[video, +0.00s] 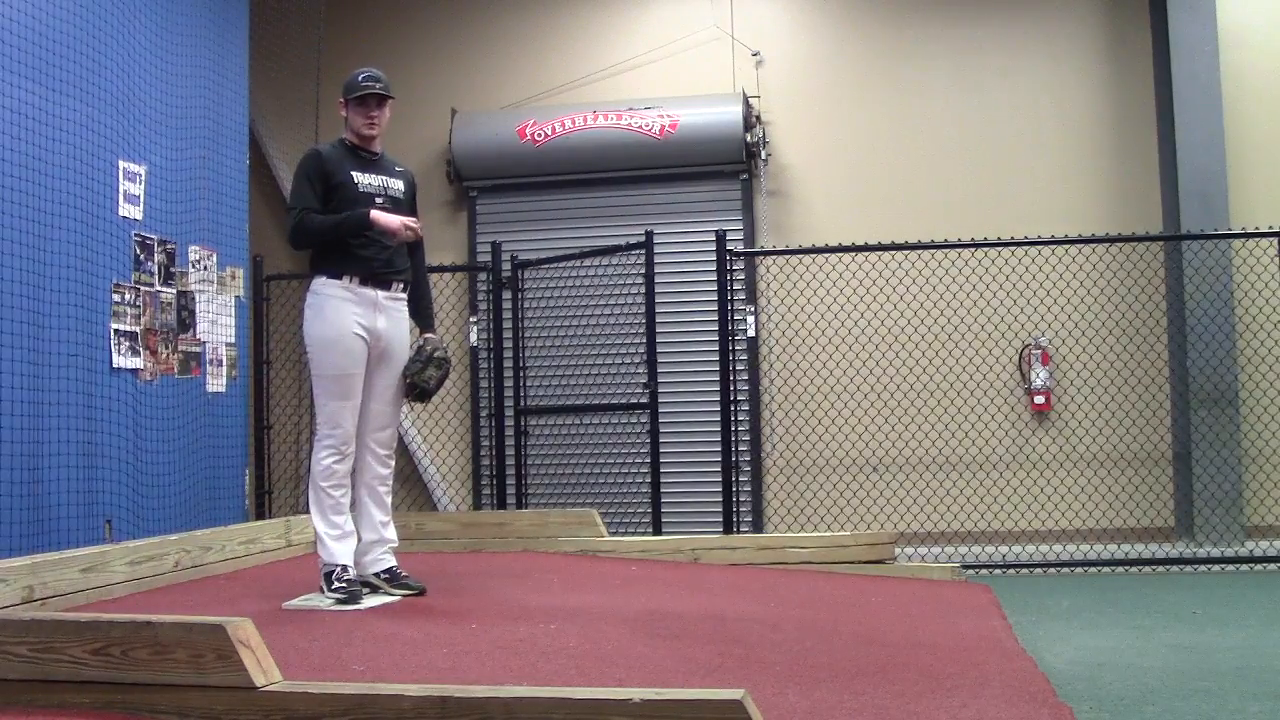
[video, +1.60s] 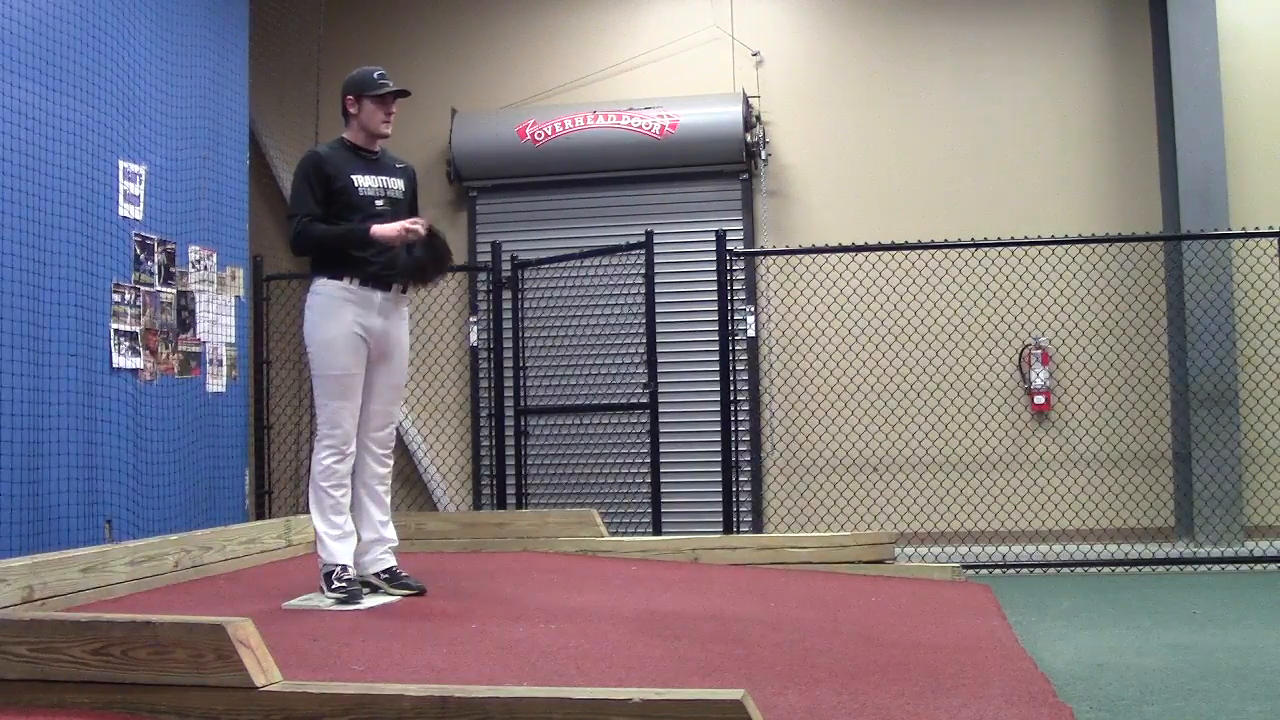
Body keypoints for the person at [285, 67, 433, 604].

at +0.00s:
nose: (372, 112)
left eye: (379, 104)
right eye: (363, 104)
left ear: (390, 110)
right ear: (344, 110)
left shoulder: (402, 176)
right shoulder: (320, 161)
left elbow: (415, 256)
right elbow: (299, 229)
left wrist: (425, 328)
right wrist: (372, 217)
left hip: (395, 308)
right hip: (338, 302)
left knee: (380, 440)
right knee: (337, 437)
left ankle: (376, 561)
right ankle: (336, 564)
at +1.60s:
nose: (391, 111)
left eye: (393, 103)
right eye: (381, 102)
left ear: (392, 110)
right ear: (352, 106)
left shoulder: (403, 172)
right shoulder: (319, 162)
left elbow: (415, 244)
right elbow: (301, 235)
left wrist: (421, 246)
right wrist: (376, 231)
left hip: (392, 308)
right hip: (337, 304)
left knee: (379, 439)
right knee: (338, 437)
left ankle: (376, 561)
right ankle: (336, 565)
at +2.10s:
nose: (382, 107)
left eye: (384, 100)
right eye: (372, 100)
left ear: (383, 107)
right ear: (343, 104)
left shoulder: (396, 165)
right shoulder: (314, 158)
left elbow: (415, 246)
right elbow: (321, 227)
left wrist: (425, 199)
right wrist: (388, 192)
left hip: (391, 309)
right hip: (337, 306)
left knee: (382, 441)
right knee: (337, 439)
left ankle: (377, 561)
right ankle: (335, 564)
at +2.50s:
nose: (406, 121)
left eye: (408, 114)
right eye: (396, 113)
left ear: (408, 120)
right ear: (368, 116)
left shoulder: (420, 175)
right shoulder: (336, 167)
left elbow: (443, 256)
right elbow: (324, 236)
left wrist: (432, 222)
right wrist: (386, 210)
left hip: (410, 319)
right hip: (351, 317)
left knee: (419, 440)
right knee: (358, 432)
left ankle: (431, 558)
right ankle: (339, 562)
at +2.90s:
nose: (429, 124)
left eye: (432, 116)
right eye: (420, 115)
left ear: (434, 123)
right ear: (392, 119)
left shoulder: (451, 176)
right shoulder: (356, 168)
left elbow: (465, 253)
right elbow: (324, 238)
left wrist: (416, 237)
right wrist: (370, 221)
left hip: (428, 322)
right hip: (367, 320)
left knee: (428, 442)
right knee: (369, 432)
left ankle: (432, 559)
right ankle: (379, 562)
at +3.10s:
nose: (415, 122)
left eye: (419, 114)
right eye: (405, 114)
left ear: (423, 120)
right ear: (378, 118)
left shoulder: (437, 171)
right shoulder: (347, 170)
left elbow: (450, 248)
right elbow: (320, 247)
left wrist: (388, 244)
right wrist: (325, 221)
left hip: (426, 320)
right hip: (365, 321)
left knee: (425, 442)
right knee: (369, 436)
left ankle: (431, 559)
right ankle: (379, 565)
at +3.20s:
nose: (405, 123)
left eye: (410, 115)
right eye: (395, 115)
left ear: (416, 120)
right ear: (370, 119)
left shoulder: (429, 167)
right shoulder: (344, 170)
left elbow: (432, 240)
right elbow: (320, 245)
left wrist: (360, 234)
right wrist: (304, 224)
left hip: (421, 317)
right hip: (362, 320)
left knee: (411, 436)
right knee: (366, 434)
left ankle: (428, 556)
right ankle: (379, 566)